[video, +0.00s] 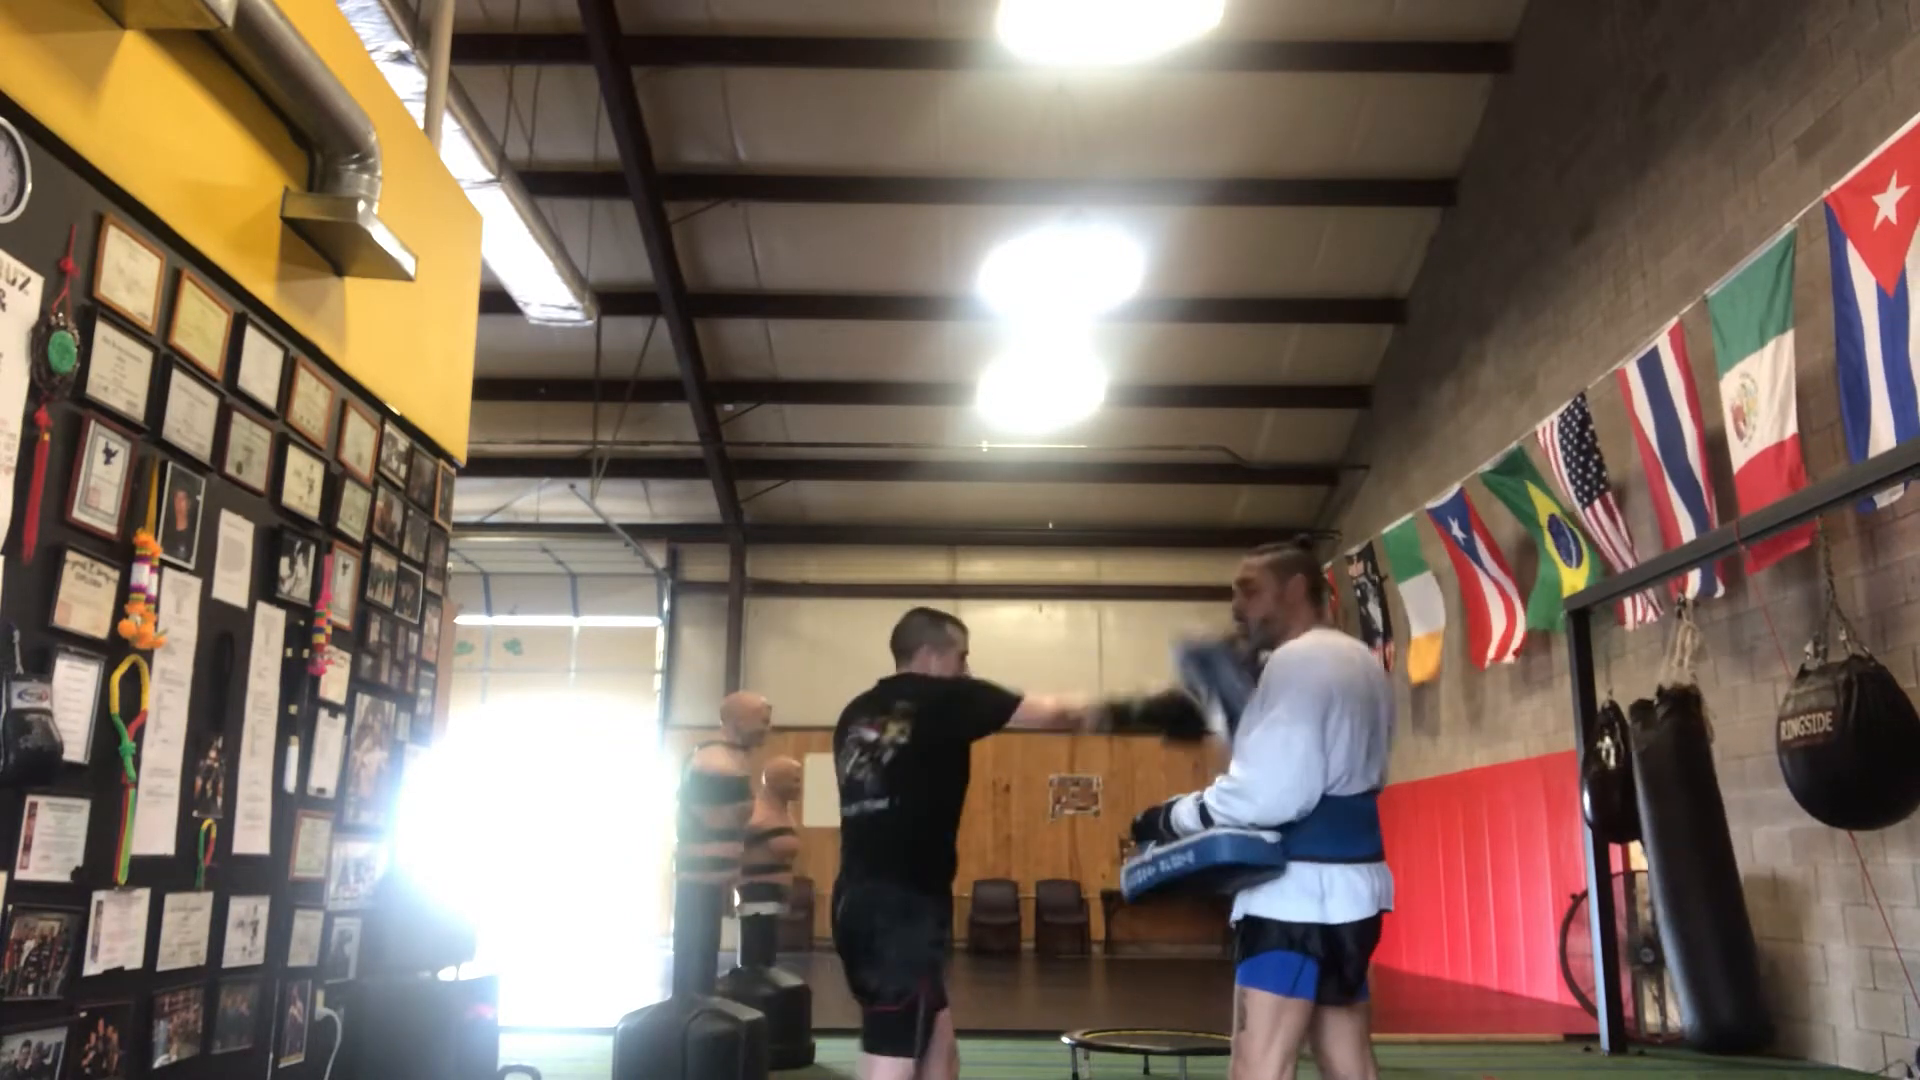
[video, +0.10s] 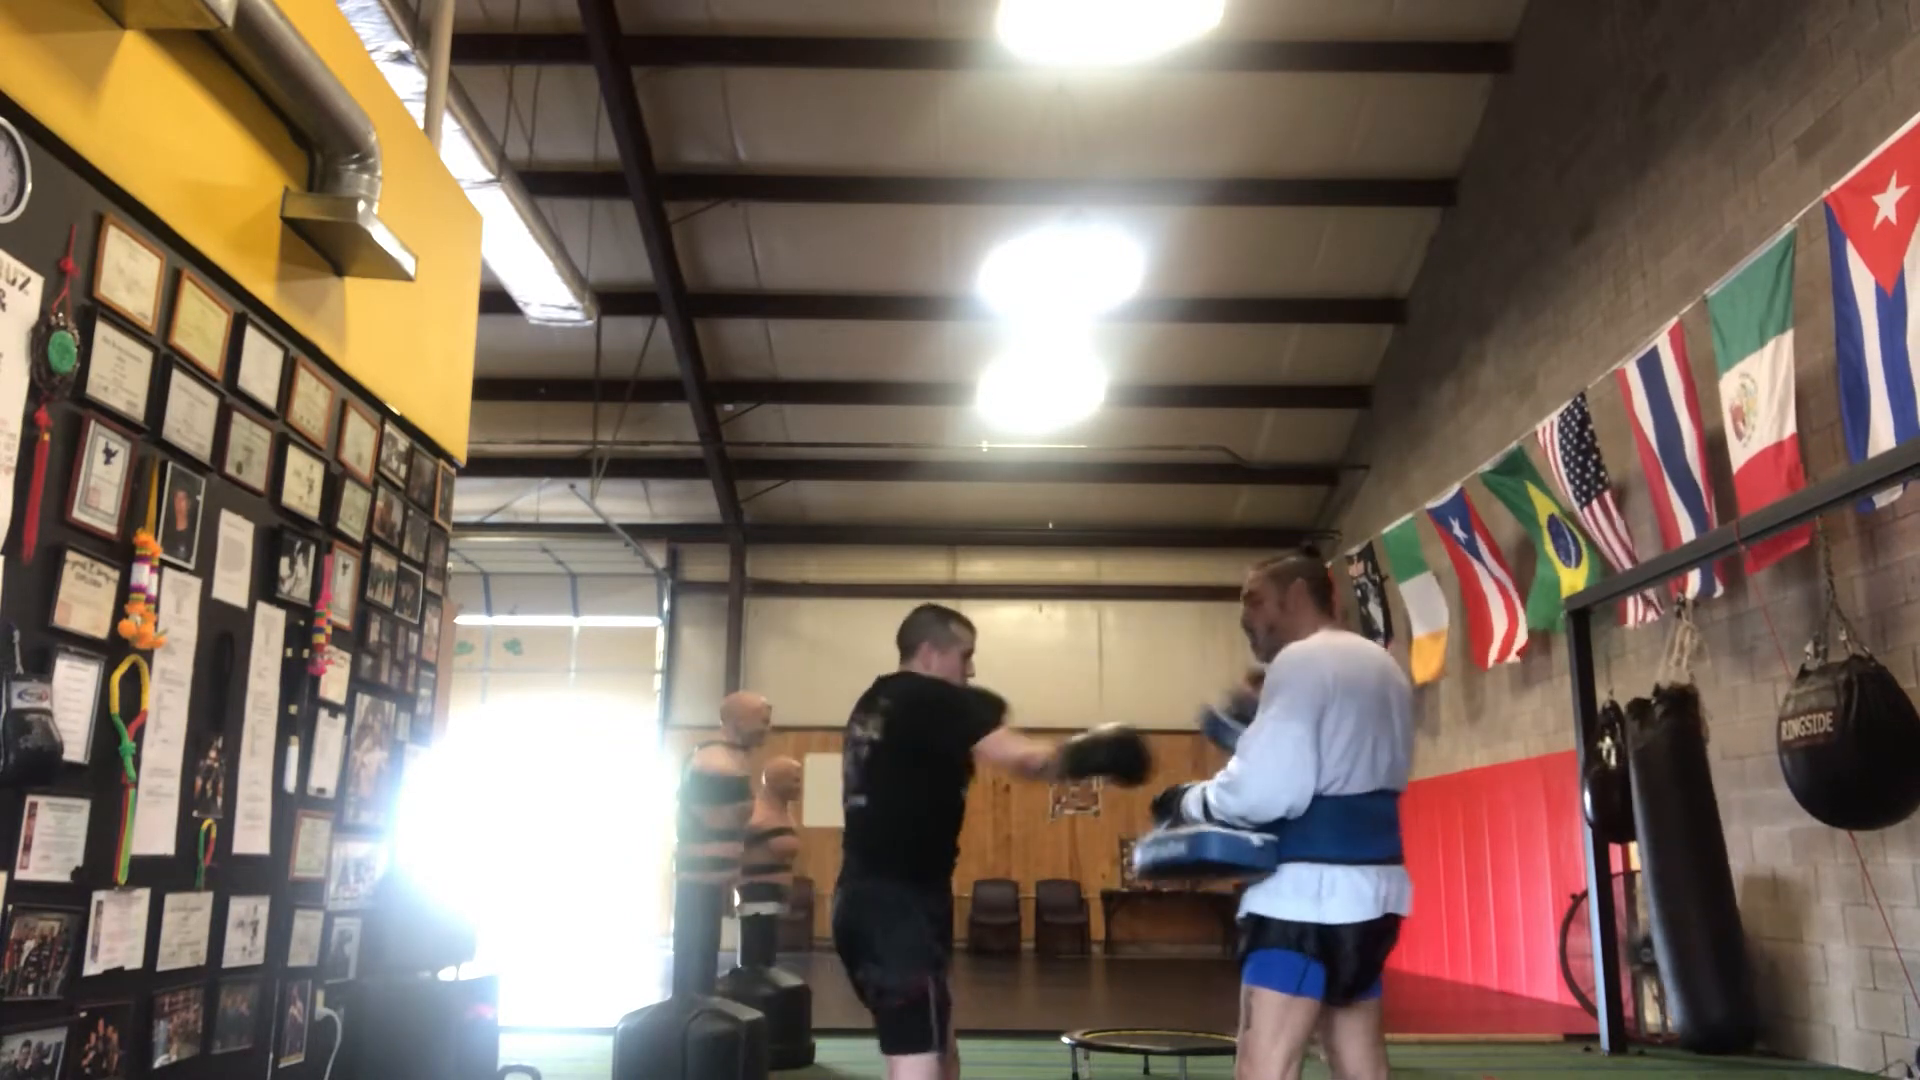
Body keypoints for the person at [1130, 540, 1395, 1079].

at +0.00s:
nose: (1235, 605)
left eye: (1248, 589)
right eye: (1235, 592)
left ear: (1297, 590)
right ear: (1299, 594)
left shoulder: (1297, 663)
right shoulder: (1363, 660)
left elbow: (1272, 788)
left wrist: (1173, 817)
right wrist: (1237, 696)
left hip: (1293, 894)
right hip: (1353, 888)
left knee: (1259, 1065)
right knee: (1348, 1062)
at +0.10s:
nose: (1244, 618)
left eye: (1252, 602)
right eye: (1243, 605)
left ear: (1295, 595)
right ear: (1303, 598)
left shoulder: (1301, 664)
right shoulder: (1383, 664)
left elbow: (1271, 788)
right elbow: (1342, 769)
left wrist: (1187, 800)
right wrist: (1258, 728)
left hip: (1306, 895)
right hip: (1375, 890)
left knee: (1264, 1064)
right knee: (1360, 1061)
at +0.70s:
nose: (1299, 638)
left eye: (1298, 623)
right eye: (1294, 627)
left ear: (1328, 601)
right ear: (1363, 600)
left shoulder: (1328, 657)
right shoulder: (1455, 653)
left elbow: (1286, 778)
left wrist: (1280, 700)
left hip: (1402, 895)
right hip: (1482, 886)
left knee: (1407, 1069)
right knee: (1408, 1054)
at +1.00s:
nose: (1352, 616)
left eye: (1360, 597)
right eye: (1350, 602)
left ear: (1402, 588)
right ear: (1412, 591)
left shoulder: (1407, 656)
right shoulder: (1496, 653)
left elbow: (1333, 763)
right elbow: (1448, 742)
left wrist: (1283, 701)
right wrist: (1361, 692)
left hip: (1440, 897)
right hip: (1513, 886)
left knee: (1428, 1067)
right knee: (1510, 1060)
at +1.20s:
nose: (1368, 629)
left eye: (1373, 610)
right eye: (1364, 614)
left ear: (1414, 596)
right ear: (1421, 600)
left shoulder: (1421, 661)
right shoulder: (1524, 661)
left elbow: (1388, 789)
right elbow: (1543, 764)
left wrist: (1323, 747)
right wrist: (1389, 728)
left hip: (1462, 897)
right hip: (1546, 890)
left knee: (1436, 1068)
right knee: (1550, 1064)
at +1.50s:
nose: (1349, 643)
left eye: (1351, 624)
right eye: (1345, 629)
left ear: (1390, 607)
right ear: (1408, 610)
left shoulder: (1404, 666)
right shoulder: (1503, 664)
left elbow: (1380, 797)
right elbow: (1530, 775)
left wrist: (1318, 759)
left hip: (1460, 897)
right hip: (1542, 892)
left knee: (1379, 1054)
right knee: (1546, 1066)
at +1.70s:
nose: (1296, 653)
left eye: (1301, 632)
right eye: (1293, 637)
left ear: (1341, 615)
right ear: (1346, 618)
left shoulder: (1361, 680)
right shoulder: (1447, 672)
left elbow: (1321, 801)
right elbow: (1485, 774)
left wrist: (1237, 760)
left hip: (1419, 913)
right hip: (1497, 903)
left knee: (1321, 1061)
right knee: (1508, 1069)